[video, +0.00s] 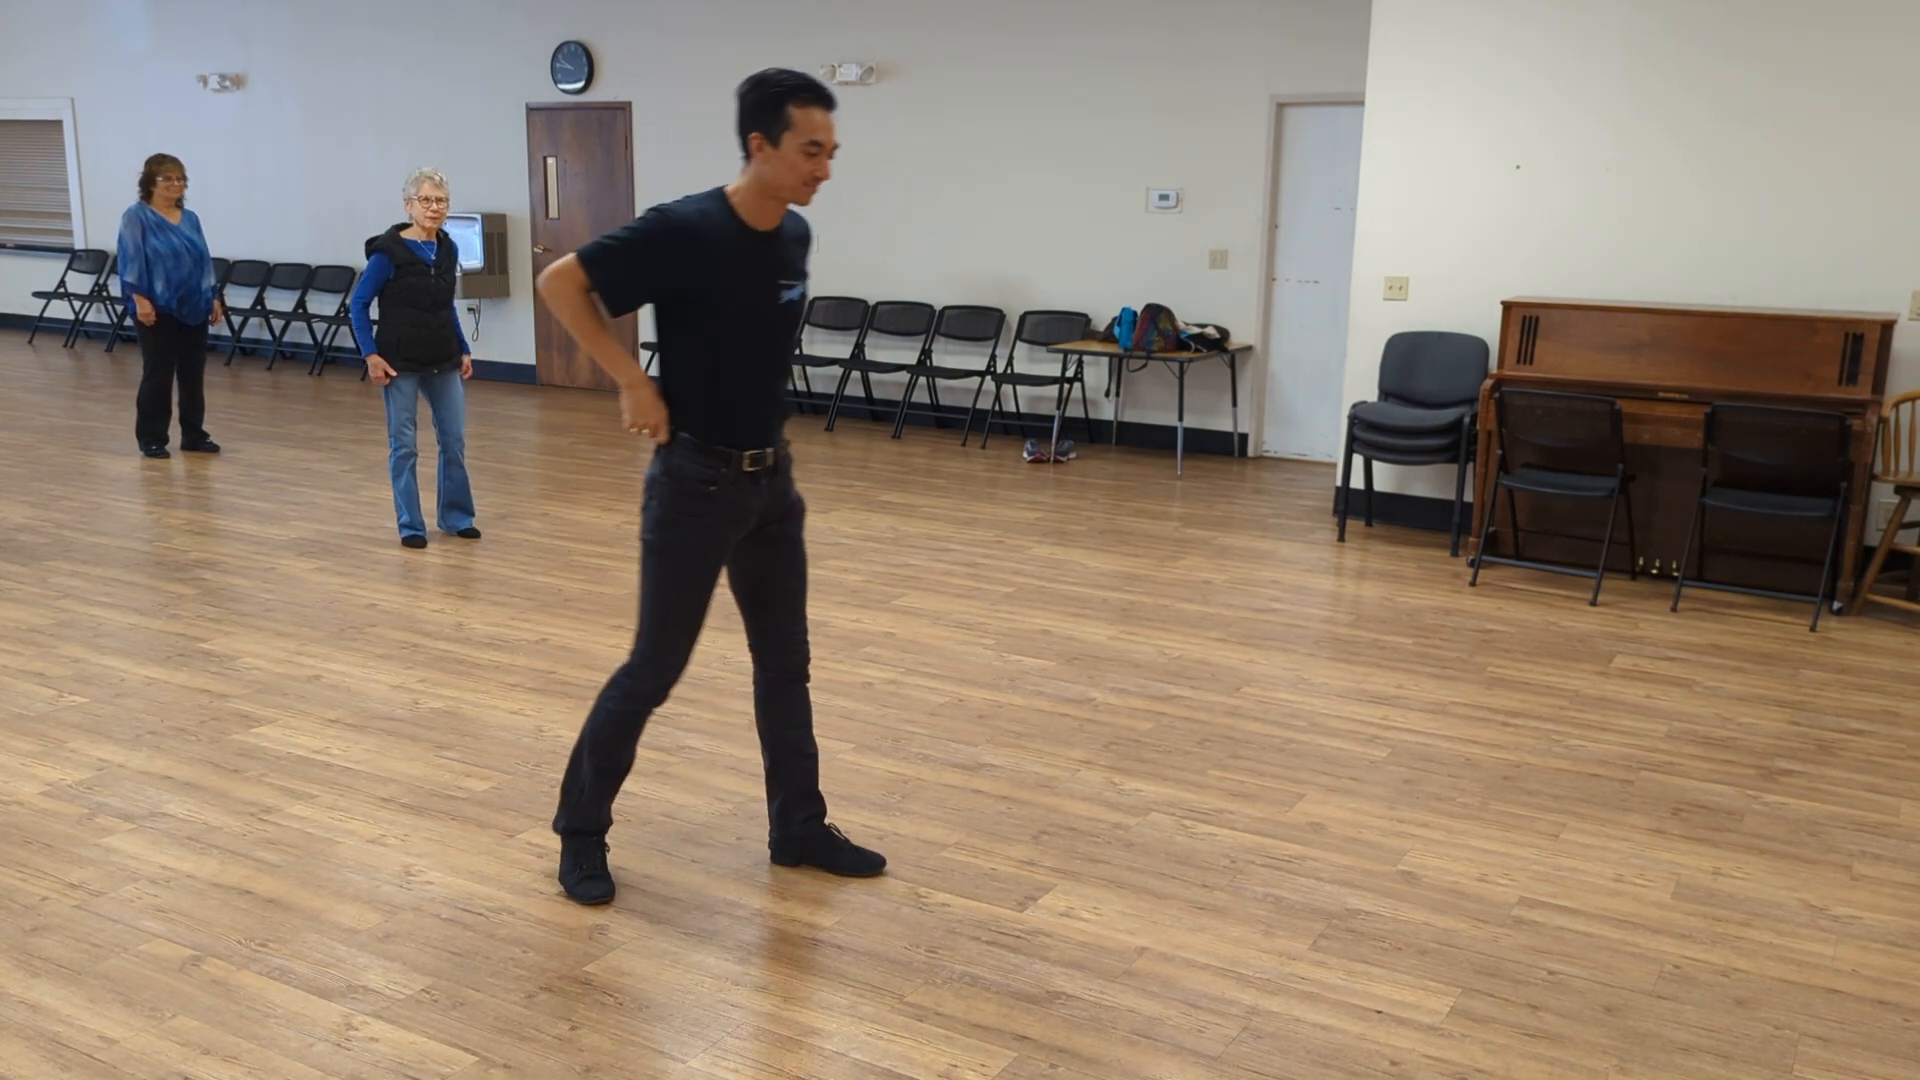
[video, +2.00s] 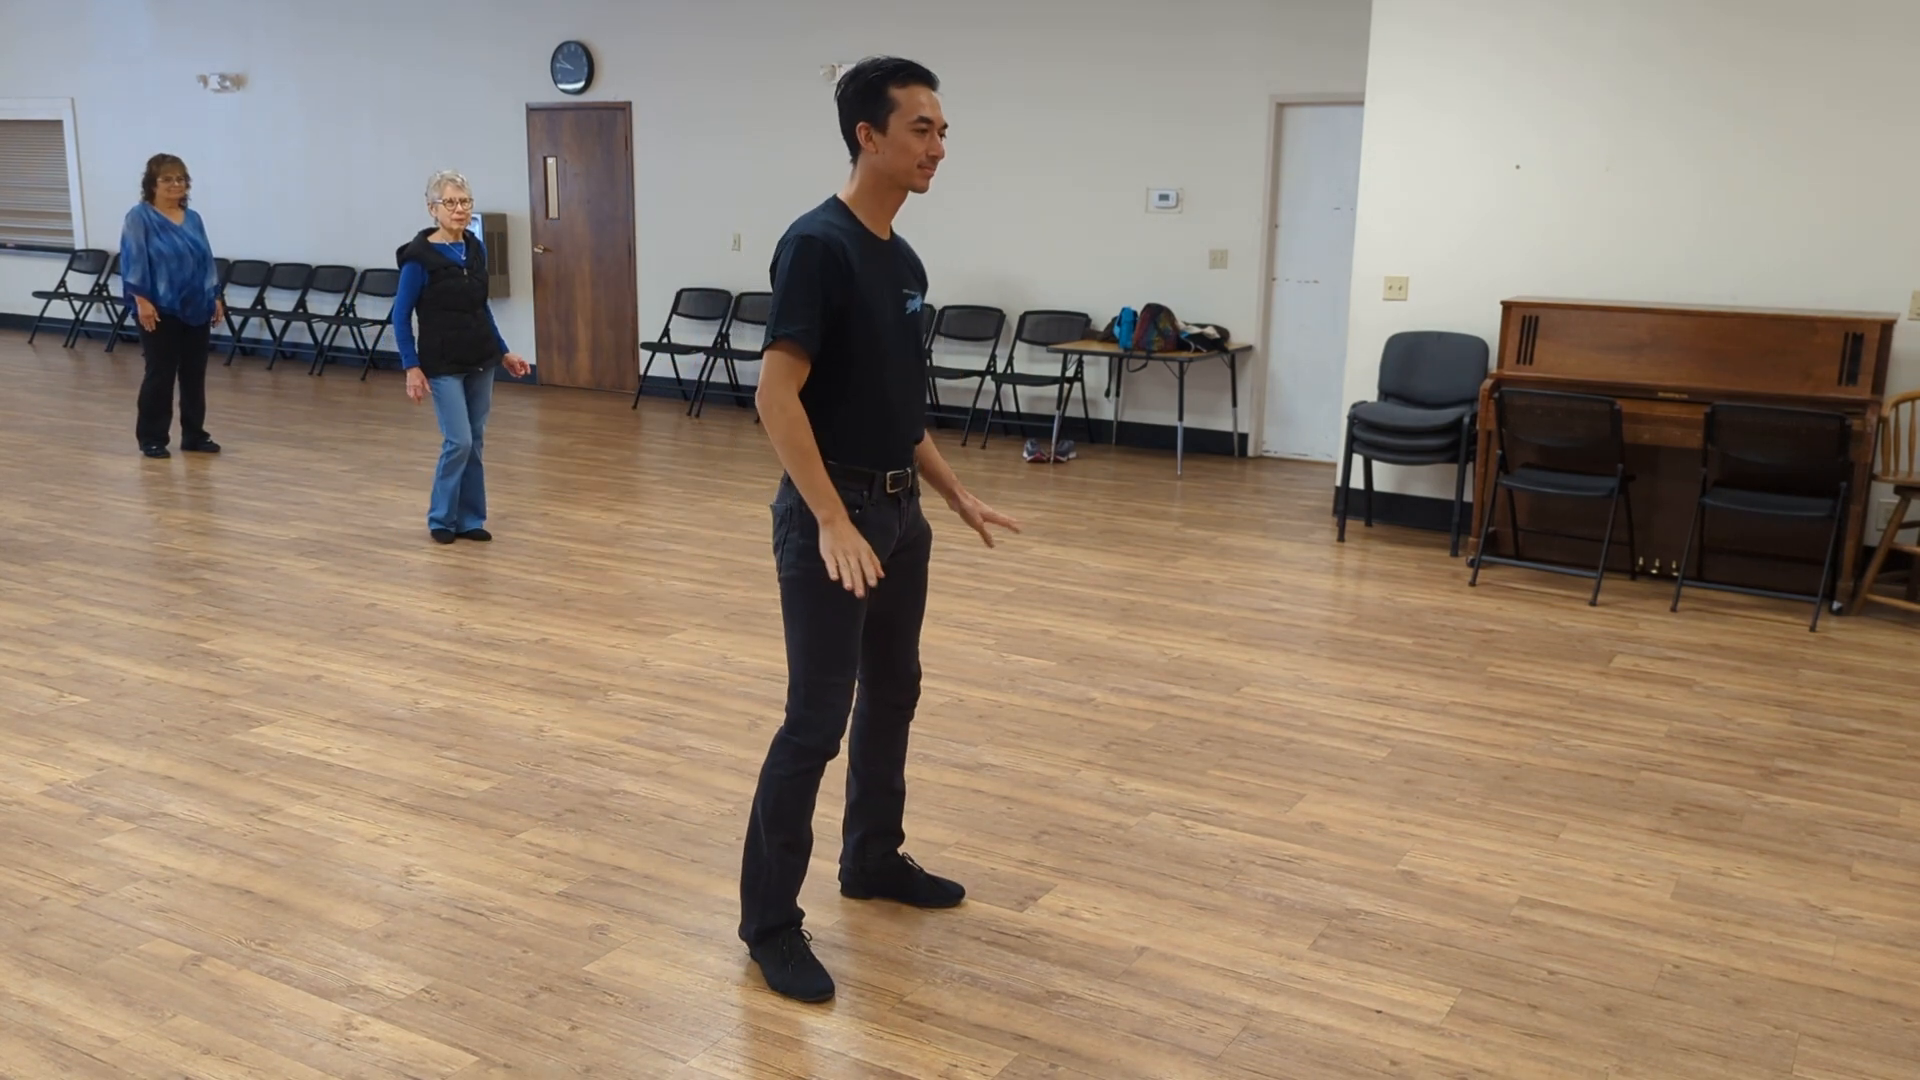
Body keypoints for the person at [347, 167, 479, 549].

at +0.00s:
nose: (434, 207)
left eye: (440, 201)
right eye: (425, 200)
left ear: (448, 206)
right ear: (409, 204)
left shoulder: (447, 249)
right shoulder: (391, 250)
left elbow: (447, 305)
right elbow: (358, 304)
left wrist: (463, 350)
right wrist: (370, 354)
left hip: (444, 360)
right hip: (399, 363)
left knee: (453, 441)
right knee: (404, 446)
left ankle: (457, 518)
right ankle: (411, 526)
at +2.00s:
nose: (459, 209)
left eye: (465, 202)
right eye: (450, 203)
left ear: (471, 206)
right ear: (434, 208)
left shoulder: (475, 248)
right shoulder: (419, 254)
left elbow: (480, 306)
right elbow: (400, 314)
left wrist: (504, 353)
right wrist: (411, 366)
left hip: (481, 358)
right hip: (441, 362)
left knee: (474, 441)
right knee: (459, 441)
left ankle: (469, 520)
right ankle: (441, 519)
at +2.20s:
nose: (459, 210)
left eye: (465, 203)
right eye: (450, 204)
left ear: (471, 207)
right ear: (433, 209)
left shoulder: (473, 250)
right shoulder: (419, 255)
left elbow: (478, 310)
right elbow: (399, 315)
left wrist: (501, 355)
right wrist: (409, 368)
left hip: (481, 359)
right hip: (441, 363)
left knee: (474, 441)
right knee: (457, 443)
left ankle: (468, 520)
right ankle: (436, 518)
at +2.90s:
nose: (456, 227)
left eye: (459, 221)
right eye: (452, 218)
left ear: (434, 213)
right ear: (426, 208)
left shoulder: (436, 250)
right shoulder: (388, 253)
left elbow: (437, 312)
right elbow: (363, 310)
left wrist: (467, 353)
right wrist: (368, 362)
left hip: (436, 363)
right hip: (395, 366)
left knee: (449, 443)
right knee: (397, 448)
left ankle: (459, 521)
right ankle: (398, 531)